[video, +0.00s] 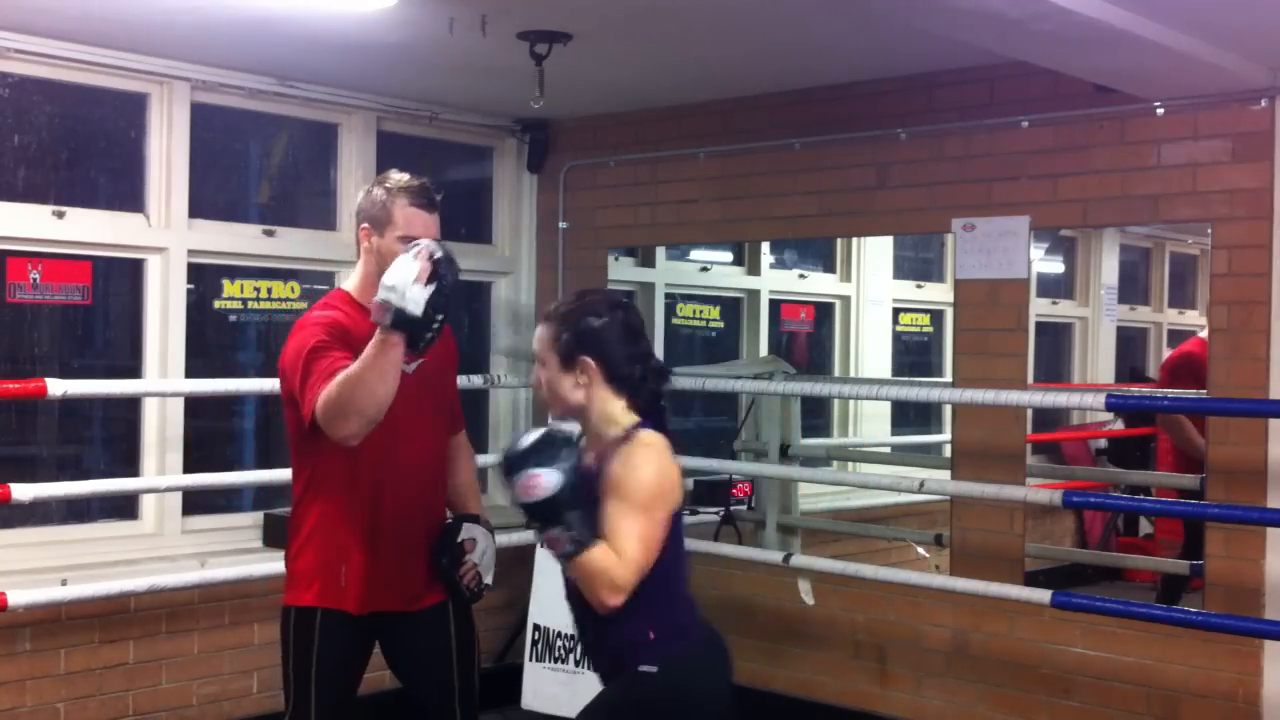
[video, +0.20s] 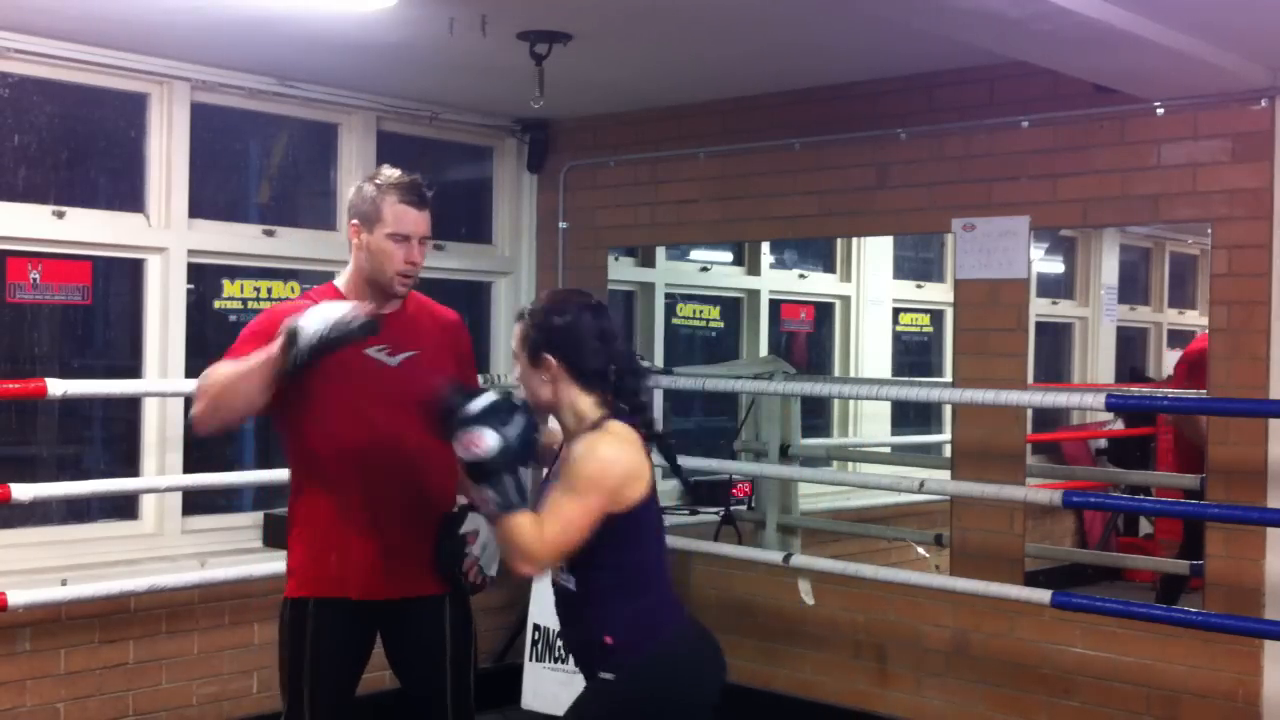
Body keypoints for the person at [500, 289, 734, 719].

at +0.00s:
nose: (536, 378)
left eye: (542, 365)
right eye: (537, 364)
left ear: (583, 374)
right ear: (583, 376)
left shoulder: (644, 457)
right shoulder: (591, 447)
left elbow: (610, 589)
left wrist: (555, 515)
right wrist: (547, 492)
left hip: (669, 678)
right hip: (637, 671)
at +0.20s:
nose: (517, 378)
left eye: (519, 363)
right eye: (515, 364)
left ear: (548, 368)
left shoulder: (607, 450)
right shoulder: (578, 439)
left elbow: (531, 554)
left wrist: (494, 488)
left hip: (646, 679)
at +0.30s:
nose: (529, 367)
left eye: (531, 354)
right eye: (528, 353)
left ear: (556, 356)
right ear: (610, 349)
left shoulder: (572, 434)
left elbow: (507, 535)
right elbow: (683, 494)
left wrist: (485, 453)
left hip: (634, 670)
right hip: (696, 655)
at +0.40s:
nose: (561, 374)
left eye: (563, 360)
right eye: (559, 361)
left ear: (592, 359)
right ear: (638, 352)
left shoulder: (588, 431)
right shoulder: (696, 427)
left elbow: (534, 532)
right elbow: (706, 524)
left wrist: (515, 452)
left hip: (645, 658)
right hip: (723, 647)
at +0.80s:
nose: (604, 383)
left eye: (605, 369)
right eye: (600, 370)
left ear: (634, 365)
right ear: (682, 361)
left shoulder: (631, 432)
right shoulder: (728, 432)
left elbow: (585, 539)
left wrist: (565, 461)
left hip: (684, 668)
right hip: (760, 661)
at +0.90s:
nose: (611, 404)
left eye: (613, 390)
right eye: (610, 391)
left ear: (643, 389)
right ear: (688, 383)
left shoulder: (629, 461)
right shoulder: (740, 453)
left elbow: (604, 577)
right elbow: (760, 566)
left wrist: (579, 507)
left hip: (681, 679)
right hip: (768, 675)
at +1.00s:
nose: (614, 426)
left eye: (617, 414)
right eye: (613, 414)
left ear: (644, 415)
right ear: (690, 412)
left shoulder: (609, 490)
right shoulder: (745, 487)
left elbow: (571, 595)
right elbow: (807, 596)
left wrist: (569, 510)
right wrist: (744, 612)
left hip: (654, 697)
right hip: (749, 697)